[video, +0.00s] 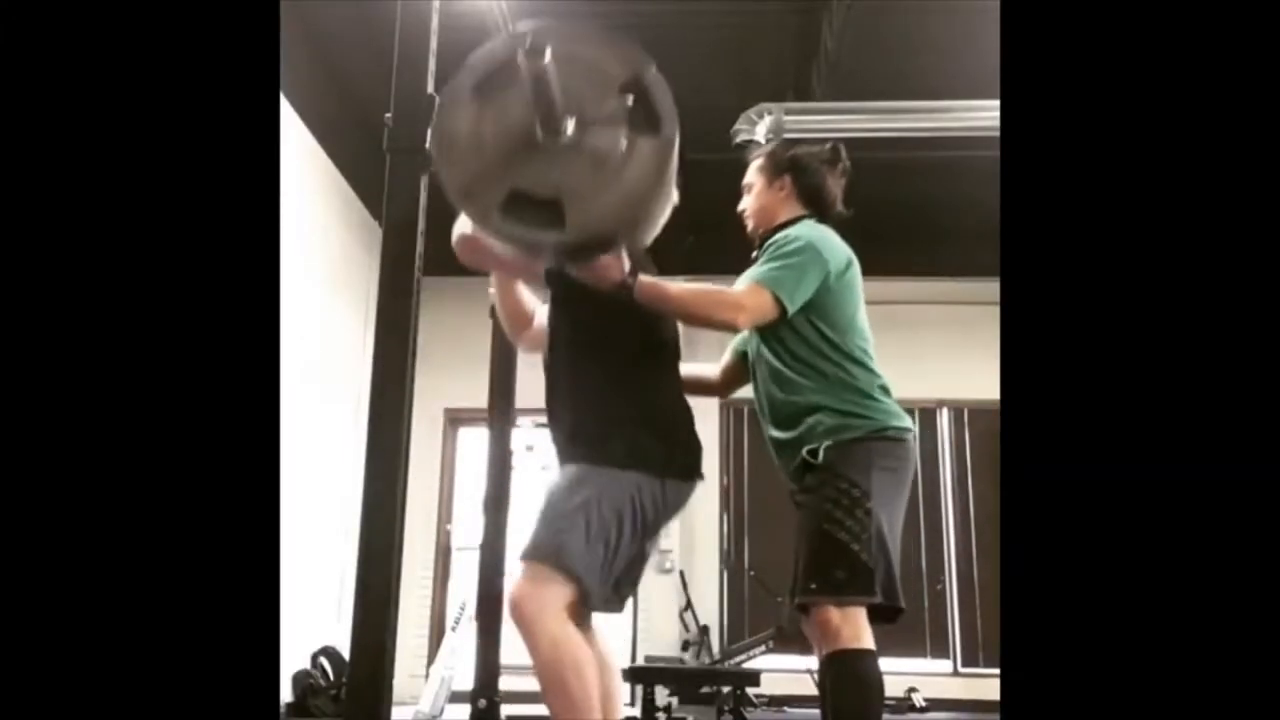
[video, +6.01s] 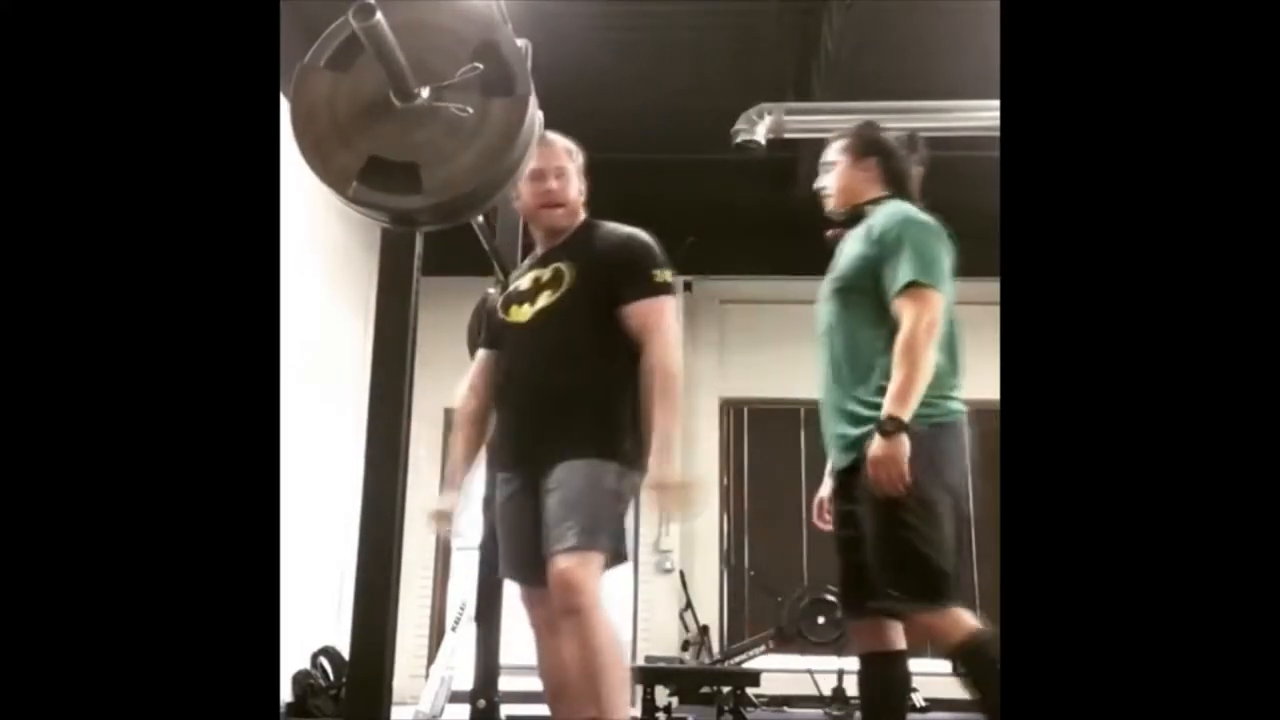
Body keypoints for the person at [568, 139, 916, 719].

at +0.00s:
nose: (741, 202)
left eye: (749, 187)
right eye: (743, 189)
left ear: (785, 187)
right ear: (789, 192)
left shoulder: (811, 241)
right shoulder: (775, 272)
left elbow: (743, 308)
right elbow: (723, 380)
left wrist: (630, 282)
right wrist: (637, 369)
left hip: (862, 442)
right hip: (827, 453)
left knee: (837, 612)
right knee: (822, 618)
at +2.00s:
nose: (700, 351)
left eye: (707, 337)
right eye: (700, 339)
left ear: (743, 334)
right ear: (742, 337)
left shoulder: (789, 388)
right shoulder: (766, 400)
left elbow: (739, 484)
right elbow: (725, 522)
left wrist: (627, 481)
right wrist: (647, 537)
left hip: (927, 532)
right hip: (893, 537)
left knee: (799, 603)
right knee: (799, 610)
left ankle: (831, 713)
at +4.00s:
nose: (697, 192)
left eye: (713, 182)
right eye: (701, 183)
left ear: (749, 197)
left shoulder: (736, 240)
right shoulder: (707, 294)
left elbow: (623, 222)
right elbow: (628, 318)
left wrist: (521, 182)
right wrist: (543, 290)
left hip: (813, 441)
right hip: (791, 452)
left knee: (816, 617)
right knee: (816, 620)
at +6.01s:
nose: (821, 180)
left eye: (831, 167)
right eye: (822, 169)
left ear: (869, 168)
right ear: (861, 173)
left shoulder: (905, 225)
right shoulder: (857, 243)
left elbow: (921, 322)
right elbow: (856, 366)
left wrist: (892, 426)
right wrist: (837, 467)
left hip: (914, 439)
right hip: (864, 448)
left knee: (927, 610)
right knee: (869, 615)